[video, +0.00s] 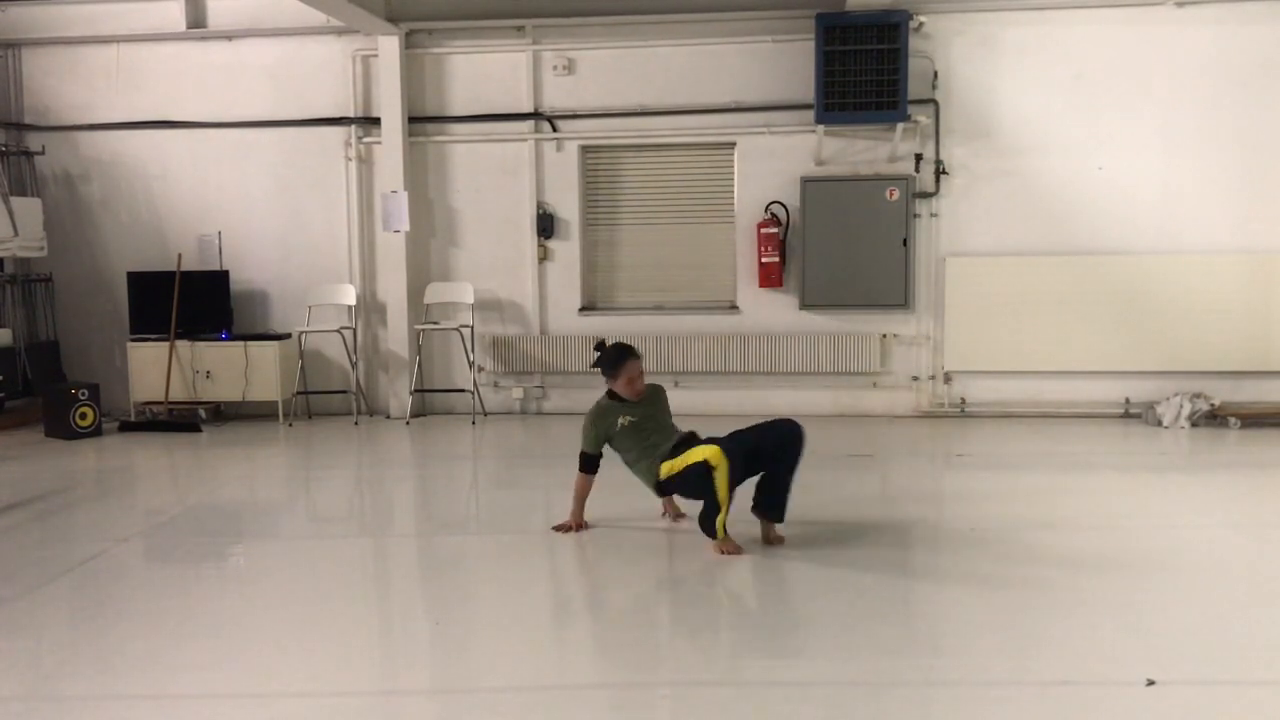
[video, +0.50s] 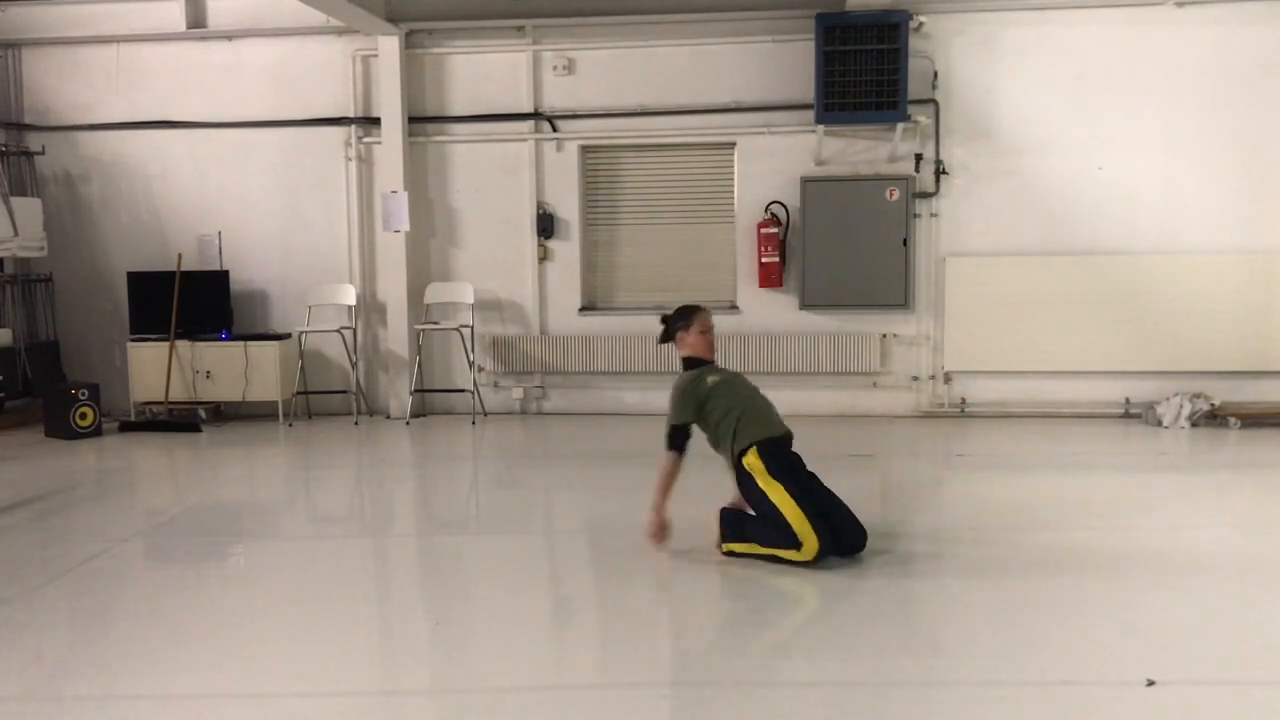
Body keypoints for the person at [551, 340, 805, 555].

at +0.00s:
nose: (640, 383)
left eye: (640, 375)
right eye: (631, 380)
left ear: (643, 370)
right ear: (611, 383)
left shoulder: (656, 393)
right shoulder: (600, 416)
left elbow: (664, 441)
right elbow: (587, 468)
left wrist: (666, 496)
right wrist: (577, 516)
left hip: (695, 450)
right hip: (668, 470)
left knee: (788, 432)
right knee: (717, 454)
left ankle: (768, 512)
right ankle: (717, 530)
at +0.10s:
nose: (646, 377)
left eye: (647, 369)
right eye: (638, 373)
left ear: (648, 367)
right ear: (617, 377)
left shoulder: (659, 392)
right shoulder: (610, 416)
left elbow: (666, 446)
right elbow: (594, 469)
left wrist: (667, 499)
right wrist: (577, 515)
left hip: (714, 440)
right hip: (686, 459)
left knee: (815, 448)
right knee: (751, 463)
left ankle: (766, 506)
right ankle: (718, 527)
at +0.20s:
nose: (657, 368)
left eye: (657, 362)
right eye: (647, 364)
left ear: (657, 364)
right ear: (625, 372)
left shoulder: (664, 395)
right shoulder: (625, 413)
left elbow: (662, 452)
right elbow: (603, 466)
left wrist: (667, 498)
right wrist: (580, 510)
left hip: (734, 437)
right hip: (710, 451)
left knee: (836, 477)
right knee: (773, 491)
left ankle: (773, 523)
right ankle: (725, 529)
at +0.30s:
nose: (669, 360)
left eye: (670, 353)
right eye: (659, 354)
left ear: (671, 359)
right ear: (638, 365)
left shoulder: (677, 392)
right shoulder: (644, 403)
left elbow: (672, 450)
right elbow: (620, 461)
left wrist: (672, 497)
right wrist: (592, 508)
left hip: (756, 441)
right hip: (730, 453)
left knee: (847, 510)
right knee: (787, 520)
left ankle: (771, 528)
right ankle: (727, 528)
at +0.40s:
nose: (691, 351)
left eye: (691, 344)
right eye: (682, 345)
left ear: (690, 347)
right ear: (659, 353)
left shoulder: (700, 385)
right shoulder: (665, 395)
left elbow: (700, 447)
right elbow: (643, 460)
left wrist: (700, 496)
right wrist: (615, 512)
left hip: (773, 449)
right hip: (746, 458)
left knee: (849, 531)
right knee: (797, 541)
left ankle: (772, 521)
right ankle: (726, 527)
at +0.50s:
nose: (712, 338)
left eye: (711, 331)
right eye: (704, 332)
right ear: (681, 340)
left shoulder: (723, 375)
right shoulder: (688, 383)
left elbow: (741, 441)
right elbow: (674, 452)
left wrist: (744, 497)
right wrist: (658, 512)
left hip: (783, 456)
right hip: (757, 463)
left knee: (853, 539)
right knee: (808, 548)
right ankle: (731, 530)